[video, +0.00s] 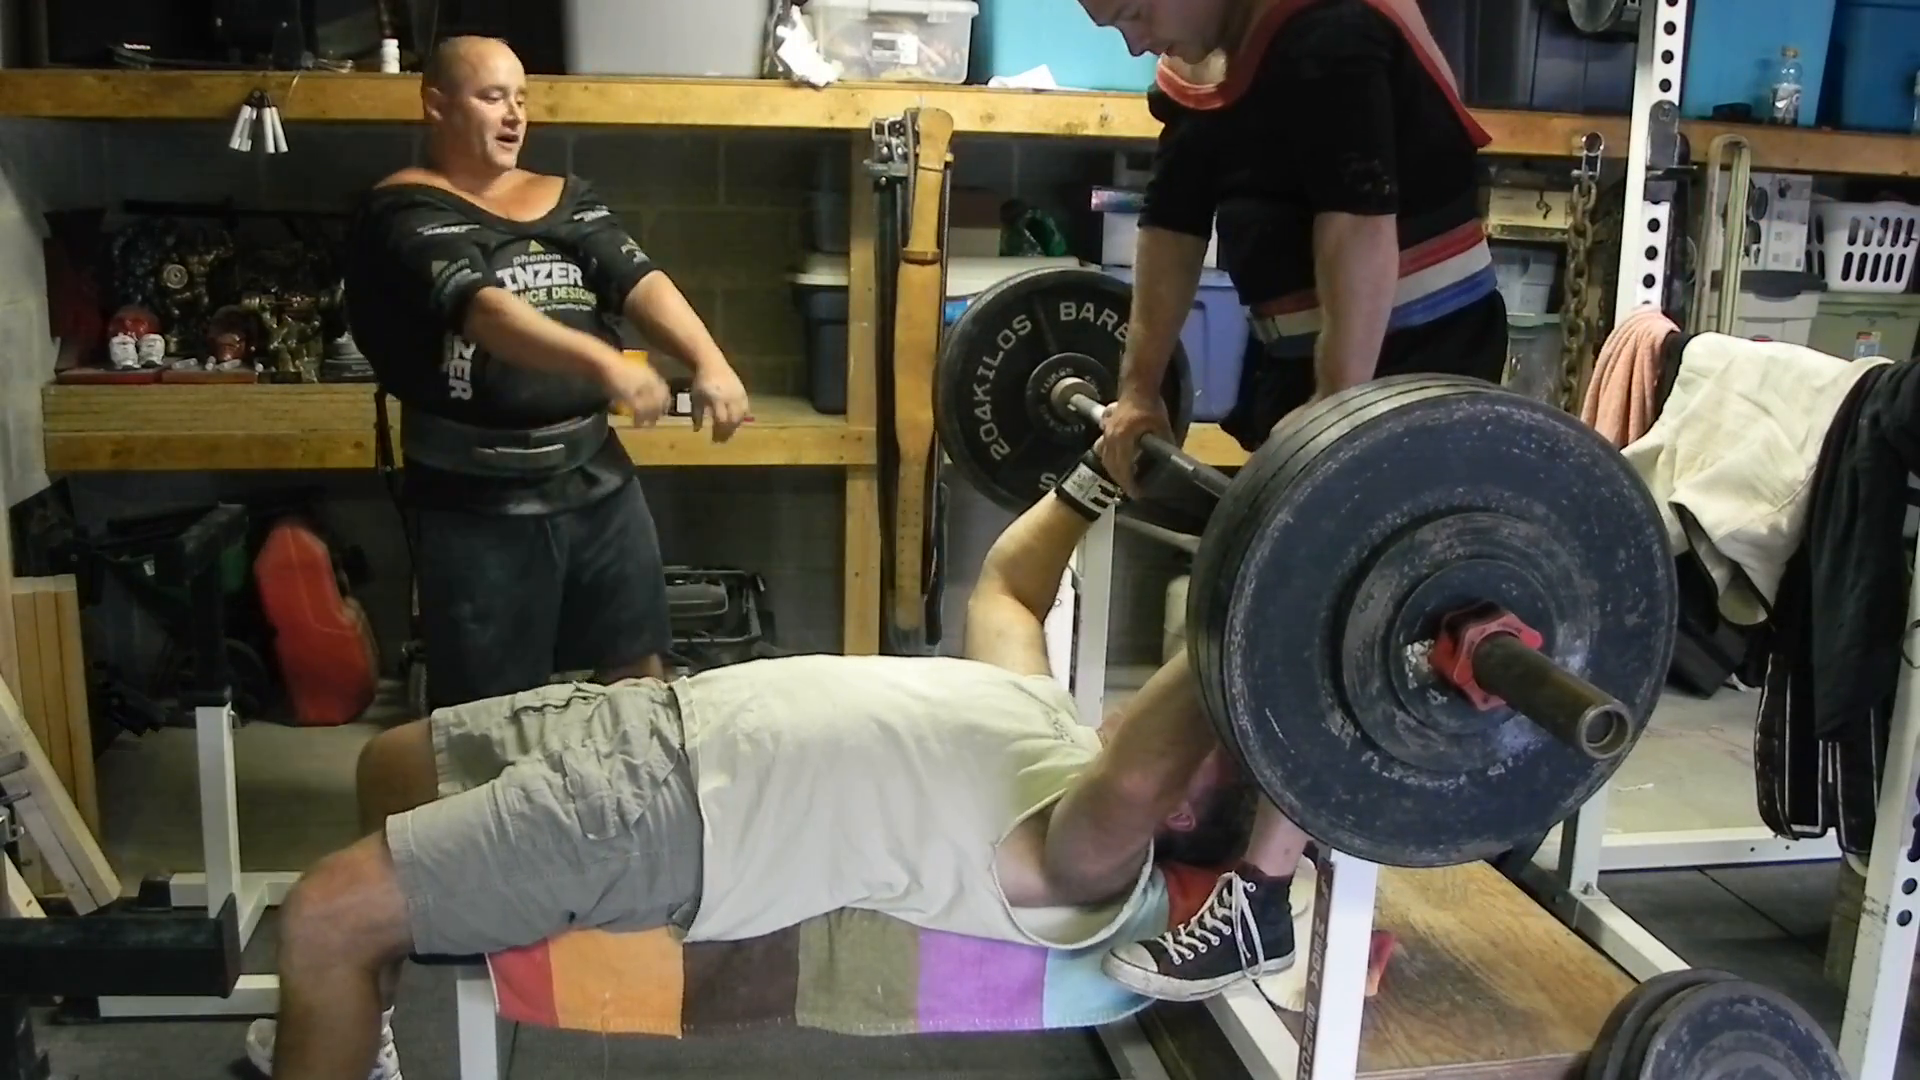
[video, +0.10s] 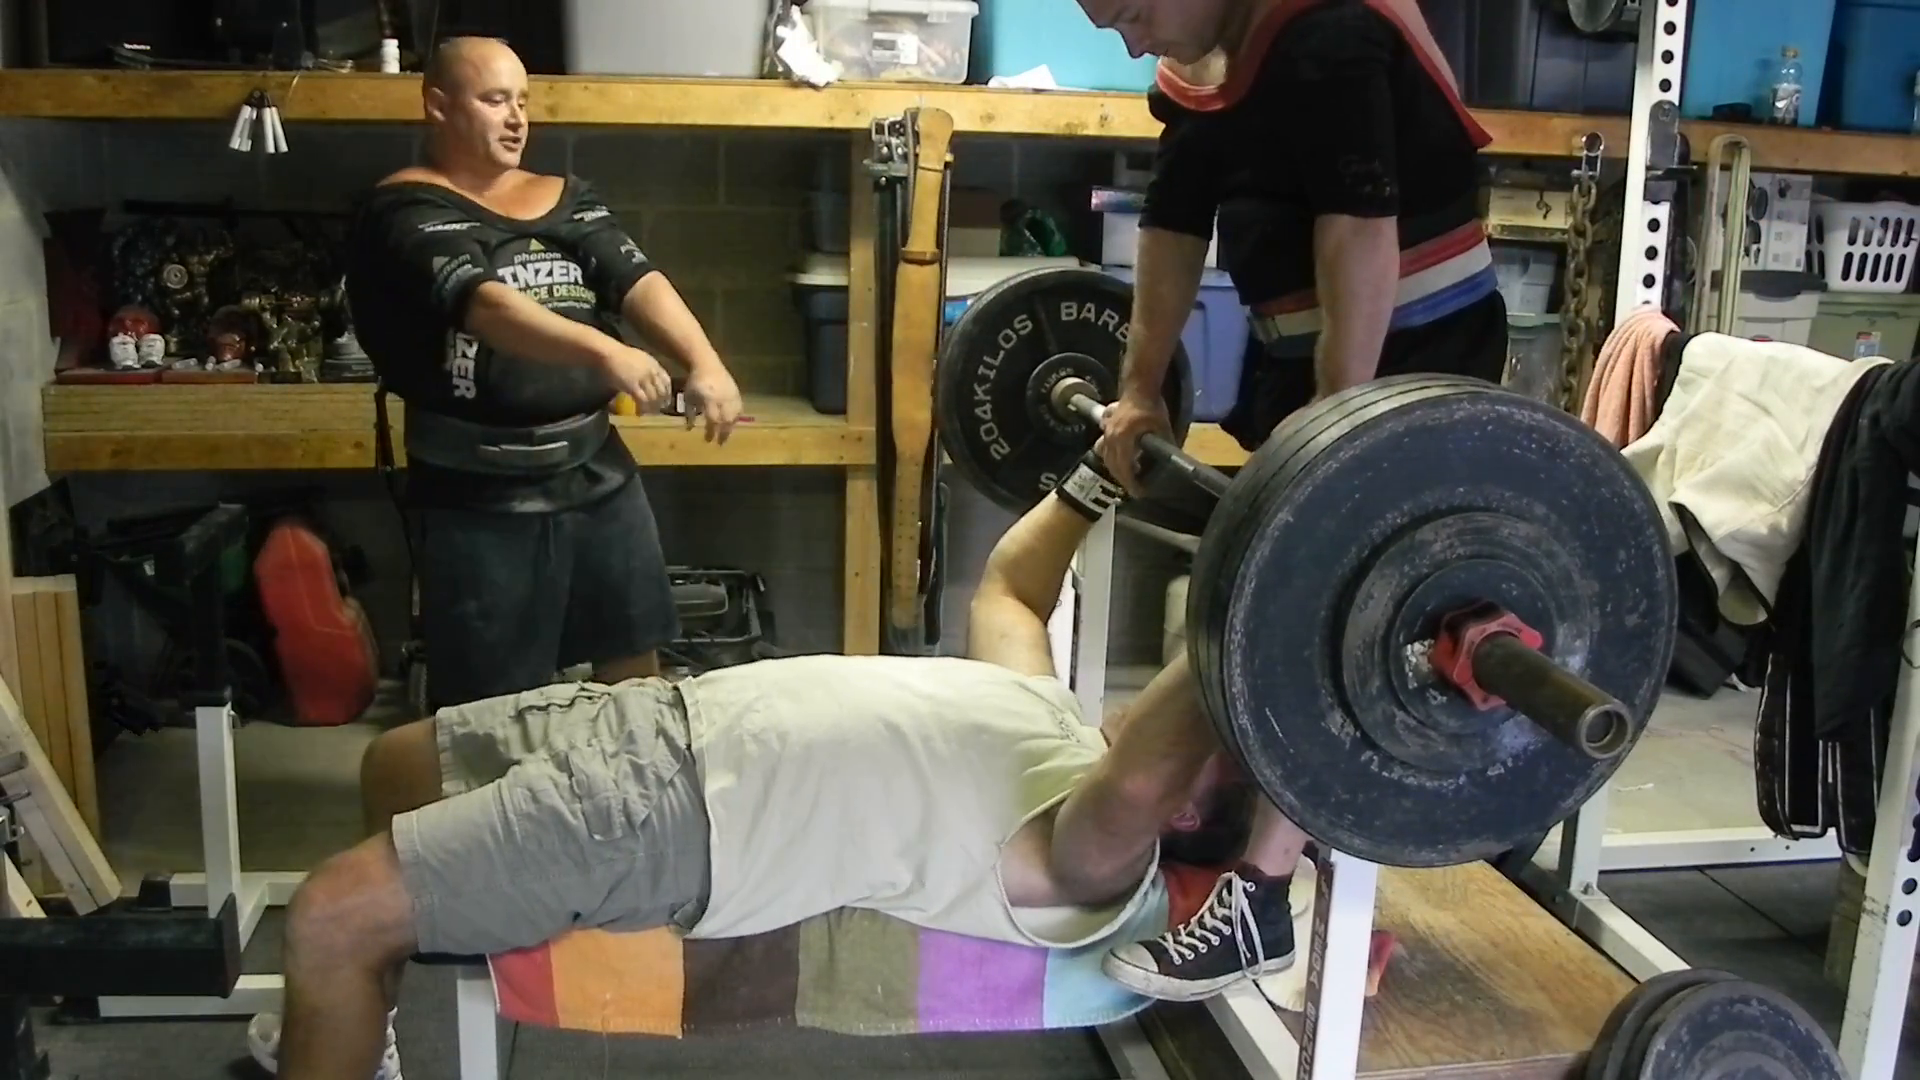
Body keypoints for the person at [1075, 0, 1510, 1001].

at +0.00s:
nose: (1130, 39)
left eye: (1130, 13)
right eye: (1117, 27)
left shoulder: (1336, 36)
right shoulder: (1197, 72)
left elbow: (1362, 236)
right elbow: (1172, 228)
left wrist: (1332, 458)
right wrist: (1138, 387)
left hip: (1420, 340)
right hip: (1294, 341)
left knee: (1331, 605)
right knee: (1240, 585)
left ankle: (1264, 887)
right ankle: (1214, 820)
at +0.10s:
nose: (1120, 36)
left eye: (1124, 14)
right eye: (1110, 25)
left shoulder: (1337, 39)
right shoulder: (1194, 68)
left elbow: (1364, 262)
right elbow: (1173, 229)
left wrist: (1332, 484)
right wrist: (1140, 387)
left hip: (1420, 340)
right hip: (1294, 337)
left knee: (1335, 603)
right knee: (1242, 578)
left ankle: (1264, 888)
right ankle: (1211, 809)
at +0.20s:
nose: (1122, 41)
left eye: (1121, 17)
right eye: (1108, 28)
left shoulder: (1335, 38)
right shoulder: (1192, 65)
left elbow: (1363, 254)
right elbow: (1172, 227)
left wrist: (1331, 479)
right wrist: (1140, 388)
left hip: (1420, 339)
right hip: (1293, 338)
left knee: (1334, 605)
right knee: (1236, 582)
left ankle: (1263, 886)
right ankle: (1205, 816)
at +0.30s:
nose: (1113, 38)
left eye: (1117, 15)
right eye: (1101, 26)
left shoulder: (1334, 42)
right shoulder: (1187, 74)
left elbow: (1359, 291)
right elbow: (1169, 240)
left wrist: (1324, 496)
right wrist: (1140, 390)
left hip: (1418, 341)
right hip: (1291, 341)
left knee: (1328, 603)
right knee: (1233, 579)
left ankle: (1262, 888)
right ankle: (1205, 814)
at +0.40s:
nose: (1102, 37)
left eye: (1107, 15)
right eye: (1090, 25)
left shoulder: (1324, 44)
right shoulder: (1179, 68)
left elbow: (1353, 290)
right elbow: (1166, 228)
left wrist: (1319, 486)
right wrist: (1140, 392)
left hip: (1414, 345)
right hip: (1289, 346)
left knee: (1322, 605)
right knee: (1235, 583)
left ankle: (1259, 890)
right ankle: (1201, 818)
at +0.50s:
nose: (1096, 45)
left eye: (1101, 22)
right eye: (1082, 32)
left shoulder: (1313, 45)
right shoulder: (1167, 65)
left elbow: (1348, 264)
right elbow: (1157, 227)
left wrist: (1317, 473)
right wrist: (1139, 392)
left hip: (1411, 345)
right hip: (1292, 345)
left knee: (1308, 601)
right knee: (1234, 577)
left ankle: (1254, 894)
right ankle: (1201, 830)